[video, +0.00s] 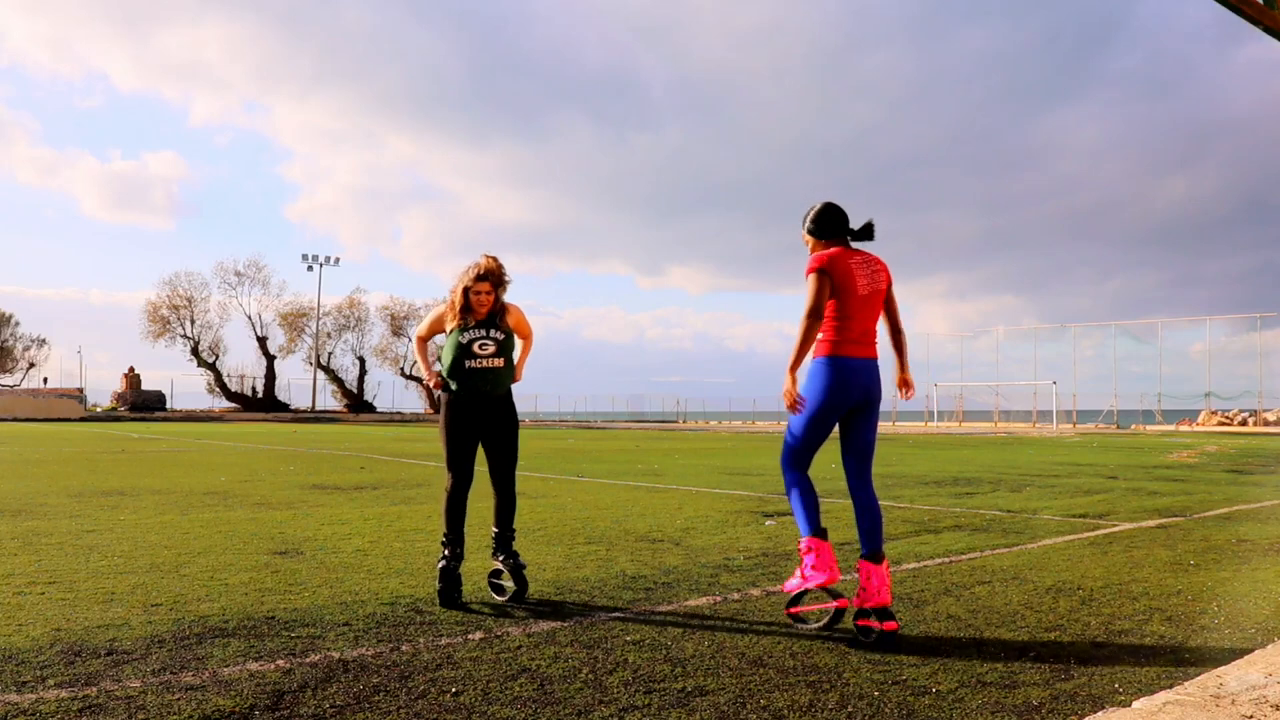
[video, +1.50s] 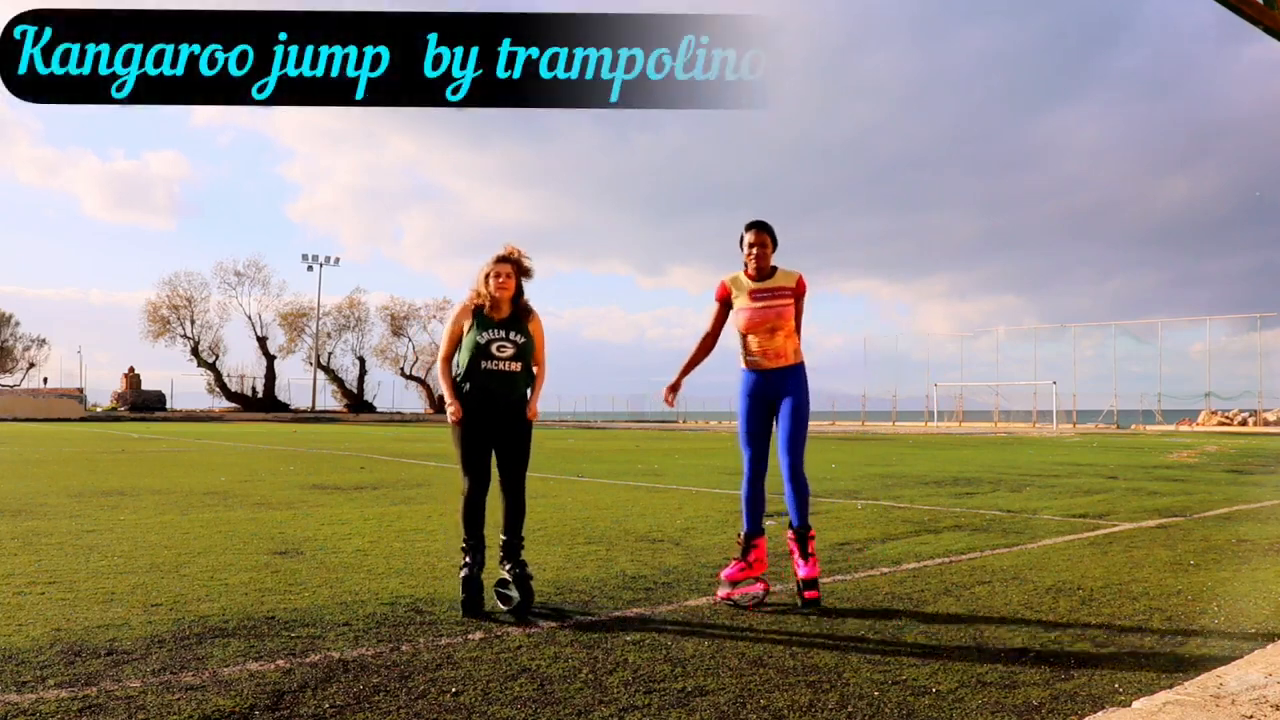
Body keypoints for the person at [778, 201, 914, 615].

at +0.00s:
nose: (806, 247)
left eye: (806, 241)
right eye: (805, 241)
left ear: (815, 237)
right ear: (843, 232)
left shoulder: (822, 261)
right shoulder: (877, 265)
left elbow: (814, 316)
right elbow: (895, 327)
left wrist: (791, 371)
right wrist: (903, 367)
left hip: (829, 373)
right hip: (868, 375)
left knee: (792, 462)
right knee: (860, 478)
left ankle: (816, 558)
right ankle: (875, 582)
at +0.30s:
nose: (785, 252)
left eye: (787, 244)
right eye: (785, 244)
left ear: (798, 243)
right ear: (821, 241)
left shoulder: (808, 270)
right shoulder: (844, 274)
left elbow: (824, 318)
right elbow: (834, 326)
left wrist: (804, 373)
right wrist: (794, 322)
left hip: (820, 381)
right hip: (848, 382)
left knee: (785, 471)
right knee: (851, 480)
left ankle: (798, 565)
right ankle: (873, 575)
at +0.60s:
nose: (765, 251)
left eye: (769, 244)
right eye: (764, 244)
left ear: (786, 244)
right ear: (794, 243)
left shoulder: (798, 274)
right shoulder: (799, 273)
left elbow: (820, 330)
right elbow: (797, 336)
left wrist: (784, 376)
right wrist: (773, 375)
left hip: (798, 381)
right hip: (808, 379)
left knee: (783, 470)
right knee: (789, 468)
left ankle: (796, 567)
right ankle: (836, 540)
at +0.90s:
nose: (754, 252)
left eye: (760, 246)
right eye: (754, 246)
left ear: (780, 246)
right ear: (759, 245)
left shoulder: (799, 275)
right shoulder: (763, 277)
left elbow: (827, 313)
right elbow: (769, 328)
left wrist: (836, 330)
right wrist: (760, 368)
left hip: (791, 379)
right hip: (764, 378)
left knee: (781, 470)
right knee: (750, 467)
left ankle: (797, 563)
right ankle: (769, 545)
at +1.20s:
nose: (746, 257)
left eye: (754, 251)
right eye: (742, 250)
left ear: (769, 252)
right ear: (736, 250)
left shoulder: (789, 280)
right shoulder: (730, 286)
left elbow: (832, 315)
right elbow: (722, 339)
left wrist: (882, 346)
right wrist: (699, 384)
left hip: (785, 377)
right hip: (749, 380)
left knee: (782, 466)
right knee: (748, 466)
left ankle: (796, 558)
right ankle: (750, 553)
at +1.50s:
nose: (755, 251)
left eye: (761, 245)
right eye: (749, 246)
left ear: (773, 249)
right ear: (742, 250)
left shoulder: (794, 282)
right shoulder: (731, 287)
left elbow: (795, 331)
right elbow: (710, 338)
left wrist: (789, 366)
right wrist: (679, 377)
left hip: (792, 381)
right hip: (753, 382)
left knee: (792, 466)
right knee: (754, 467)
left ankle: (802, 546)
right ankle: (752, 551)